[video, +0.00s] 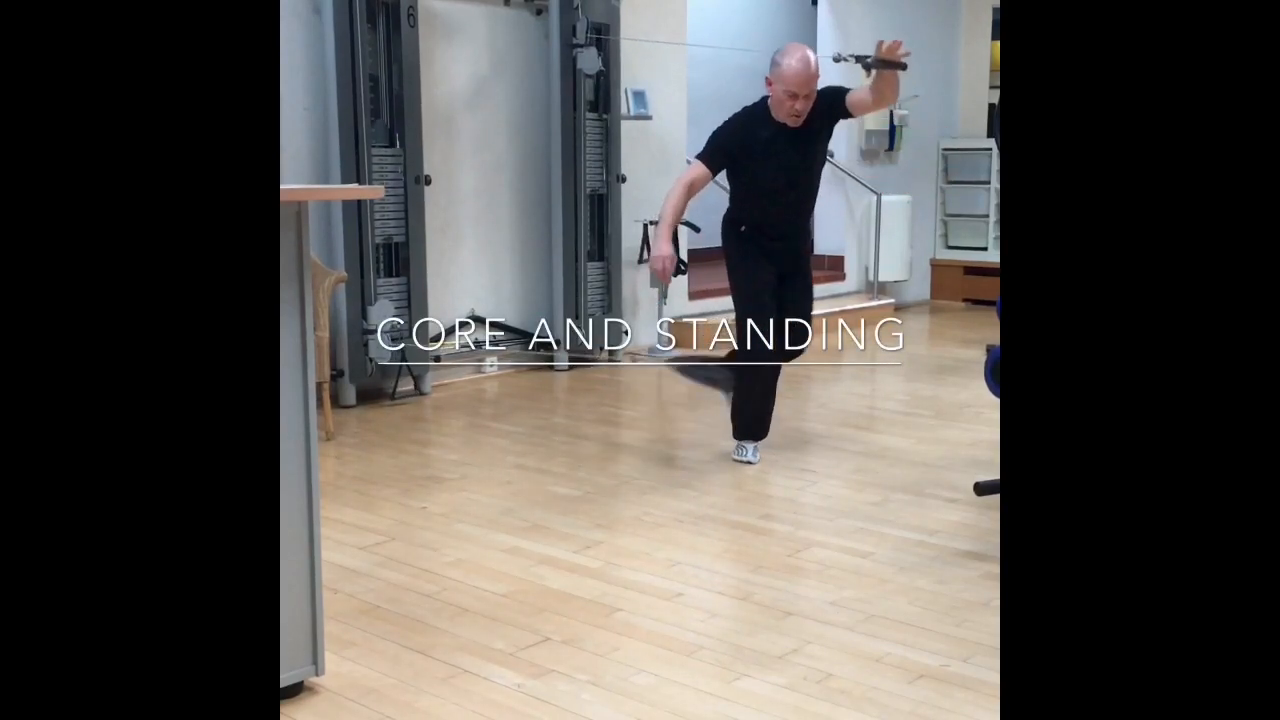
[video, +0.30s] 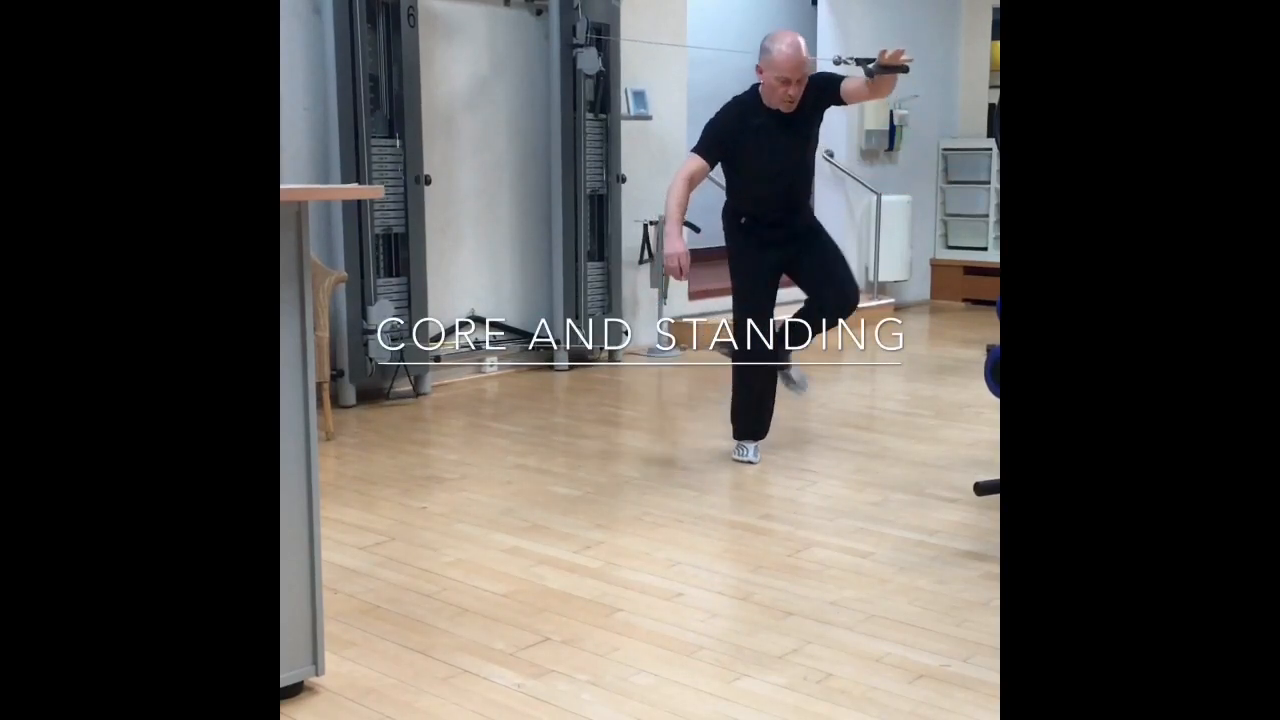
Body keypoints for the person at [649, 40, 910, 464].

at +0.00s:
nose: (800, 105)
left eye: (808, 96)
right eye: (791, 95)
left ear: (817, 86)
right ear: (769, 85)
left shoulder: (825, 107)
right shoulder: (742, 127)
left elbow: (881, 98)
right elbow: (687, 184)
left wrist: (888, 66)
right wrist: (662, 240)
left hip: (796, 243)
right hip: (747, 243)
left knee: (794, 339)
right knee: (759, 339)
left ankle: (726, 371)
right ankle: (747, 437)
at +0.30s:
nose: (793, 91)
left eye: (800, 81)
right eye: (784, 82)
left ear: (808, 71)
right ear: (761, 72)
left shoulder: (816, 91)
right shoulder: (735, 117)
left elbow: (874, 89)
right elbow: (685, 178)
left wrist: (886, 70)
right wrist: (673, 234)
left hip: (800, 227)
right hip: (750, 235)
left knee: (841, 297)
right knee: (754, 336)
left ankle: (779, 345)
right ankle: (747, 434)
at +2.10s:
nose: (807, 65)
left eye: (807, 56)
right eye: (800, 57)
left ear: (771, 55)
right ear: (767, 55)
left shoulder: (783, 85)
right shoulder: (736, 106)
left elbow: (827, 65)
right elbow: (734, 172)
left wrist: (865, 38)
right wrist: (778, 216)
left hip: (789, 211)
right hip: (749, 225)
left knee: (877, 217)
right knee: (760, 329)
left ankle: (852, 313)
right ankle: (745, 433)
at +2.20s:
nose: (810, 63)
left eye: (810, 56)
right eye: (804, 56)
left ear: (779, 53)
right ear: (774, 53)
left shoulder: (774, 84)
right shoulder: (746, 104)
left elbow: (814, 62)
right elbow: (755, 169)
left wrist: (852, 40)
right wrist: (805, 214)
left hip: (787, 211)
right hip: (751, 225)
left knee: (876, 217)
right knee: (762, 329)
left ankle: (845, 306)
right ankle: (746, 434)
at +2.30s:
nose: (812, 64)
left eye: (815, 57)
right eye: (809, 57)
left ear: (782, 52)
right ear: (782, 52)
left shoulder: (766, 84)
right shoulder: (755, 100)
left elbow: (805, 63)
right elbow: (779, 163)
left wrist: (837, 41)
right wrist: (835, 206)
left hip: (786, 216)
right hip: (754, 227)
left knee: (874, 218)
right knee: (764, 329)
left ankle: (839, 304)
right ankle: (746, 434)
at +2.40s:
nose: (816, 65)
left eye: (818, 57)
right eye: (813, 56)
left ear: (785, 50)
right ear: (788, 50)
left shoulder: (757, 81)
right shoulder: (760, 98)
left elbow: (796, 54)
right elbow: (802, 160)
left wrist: (825, 38)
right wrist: (866, 197)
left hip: (786, 214)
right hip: (757, 227)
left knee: (867, 221)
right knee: (766, 330)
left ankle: (829, 310)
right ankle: (747, 435)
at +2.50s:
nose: (819, 62)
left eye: (822, 54)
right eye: (817, 54)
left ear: (781, 50)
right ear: (791, 50)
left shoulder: (748, 80)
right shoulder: (770, 101)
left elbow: (779, 60)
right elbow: (819, 153)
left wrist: (814, 38)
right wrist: (889, 185)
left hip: (787, 214)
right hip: (760, 228)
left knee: (863, 226)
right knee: (768, 332)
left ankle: (822, 310)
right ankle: (747, 435)